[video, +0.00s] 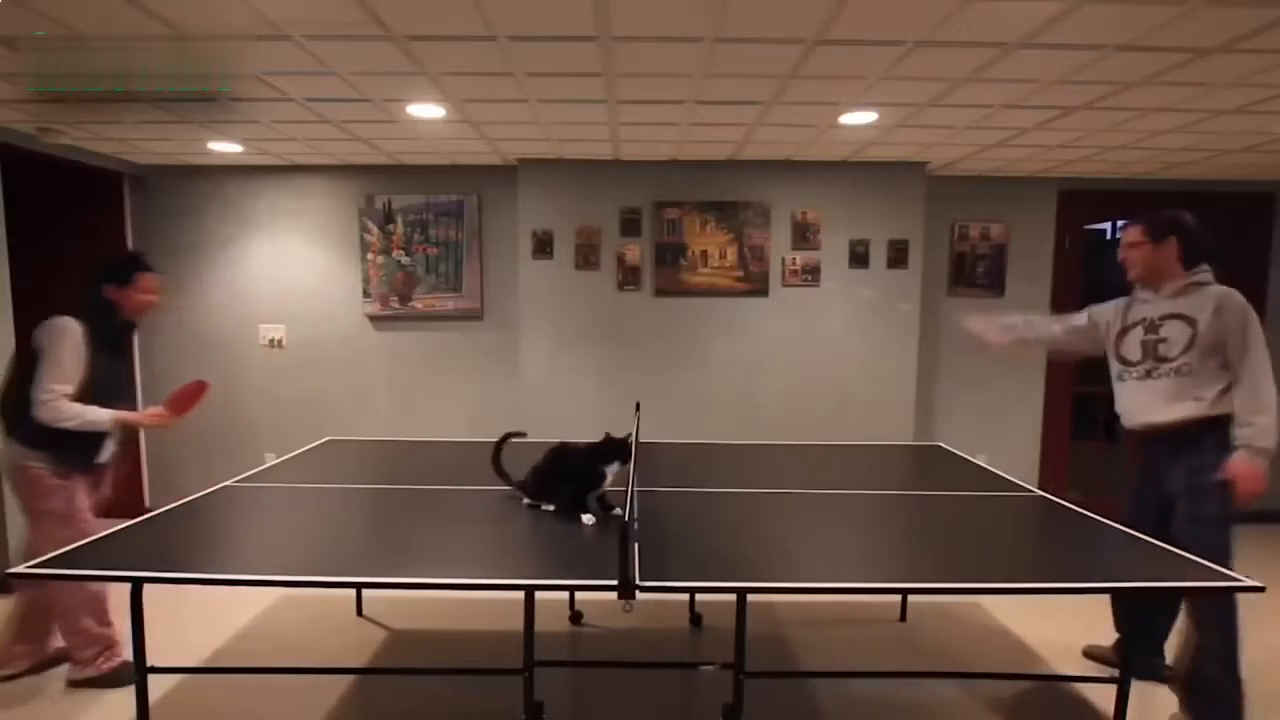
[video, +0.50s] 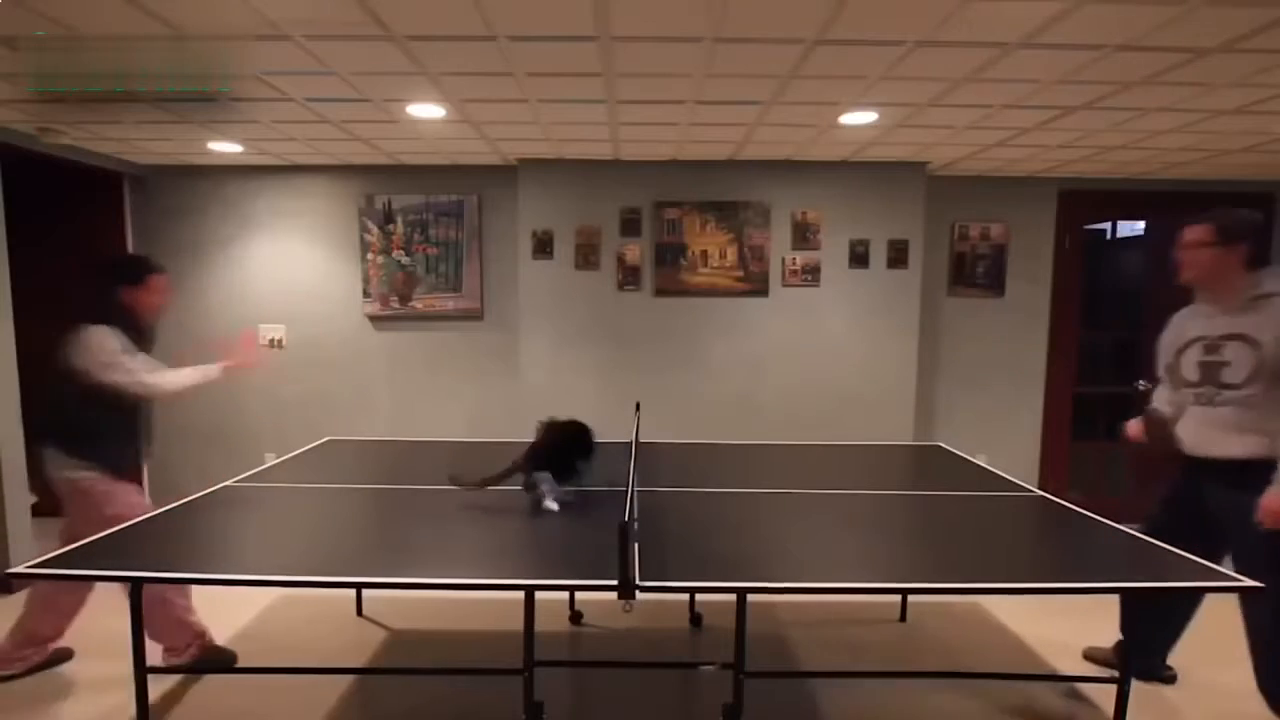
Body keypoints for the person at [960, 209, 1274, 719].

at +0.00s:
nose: (1124, 257)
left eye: (1133, 247)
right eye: (1123, 248)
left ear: (1169, 249)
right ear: (1129, 255)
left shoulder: (1222, 304)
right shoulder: (1120, 313)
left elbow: (1256, 377)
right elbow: (1059, 327)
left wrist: (1252, 448)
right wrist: (1000, 329)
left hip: (1203, 446)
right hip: (1146, 447)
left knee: (1205, 573)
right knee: (1140, 553)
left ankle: (1214, 703)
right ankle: (1139, 650)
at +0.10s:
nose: (1117, 259)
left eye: (1127, 249)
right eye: (1115, 250)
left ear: (1163, 252)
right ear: (1119, 258)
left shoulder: (1216, 304)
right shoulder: (1118, 318)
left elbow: (1255, 378)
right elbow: (1087, 368)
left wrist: (1263, 453)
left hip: (1205, 445)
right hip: (1147, 448)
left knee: (1204, 567)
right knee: (1135, 552)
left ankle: (1234, 701)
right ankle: (1139, 651)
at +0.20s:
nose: (1110, 261)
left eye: (1121, 252)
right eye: (1109, 253)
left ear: (1156, 255)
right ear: (1111, 263)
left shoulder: (1212, 306)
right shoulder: (1117, 330)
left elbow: (1258, 379)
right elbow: (1104, 410)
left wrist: (1268, 459)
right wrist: (1118, 418)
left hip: (1212, 452)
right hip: (1152, 456)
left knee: (1226, 574)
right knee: (1143, 557)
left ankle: (1266, 696)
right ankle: (1140, 651)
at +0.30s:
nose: (1119, 262)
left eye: (1130, 252)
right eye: (1118, 254)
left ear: (1167, 256)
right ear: (1120, 262)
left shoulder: (1225, 309)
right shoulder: (1134, 325)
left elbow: (1267, 381)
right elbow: (1150, 395)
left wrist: (1271, 464)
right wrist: (1128, 425)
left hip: (1225, 461)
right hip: (1163, 461)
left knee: (1250, 585)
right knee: (1150, 559)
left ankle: (1276, 689)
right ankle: (1140, 651)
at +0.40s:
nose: (1147, 262)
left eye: (1158, 252)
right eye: (1147, 253)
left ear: (1195, 257)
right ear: (1151, 261)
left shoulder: (1255, 315)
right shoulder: (1161, 325)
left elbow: (1279, 397)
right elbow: (1157, 394)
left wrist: (1272, 475)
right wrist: (1137, 424)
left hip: (1240, 475)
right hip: (1177, 472)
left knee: (1261, 595)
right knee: (1149, 560)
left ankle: (1275, 688)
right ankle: (1141, 651)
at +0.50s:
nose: (1181, 259)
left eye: (1193, 248)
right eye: (1181, 249)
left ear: (1234, 254)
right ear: (1182, 256)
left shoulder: (1272, 311)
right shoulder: (1180, 325)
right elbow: (1169, 394)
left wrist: (1279, 484)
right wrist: (1149, 420)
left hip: (1260, 477)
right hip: (1197, 471)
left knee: (1267, 599)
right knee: (1162, 562)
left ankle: (1278, 694)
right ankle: (1142, 654)